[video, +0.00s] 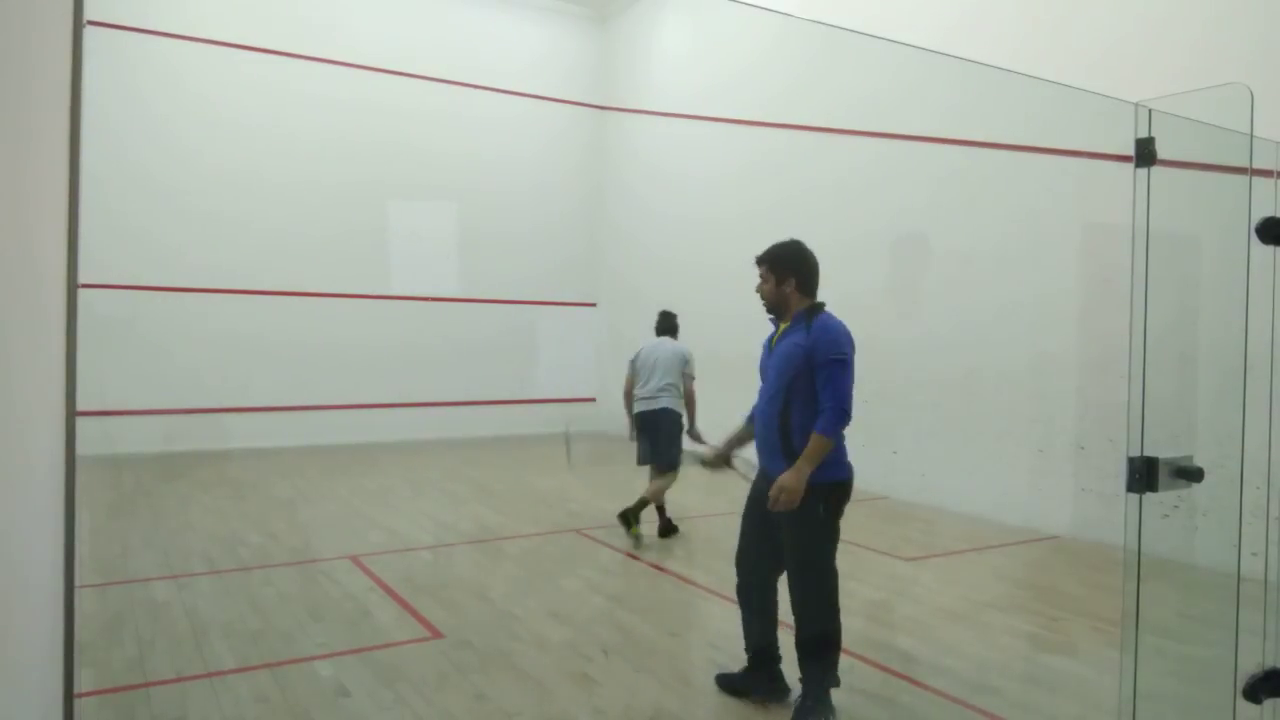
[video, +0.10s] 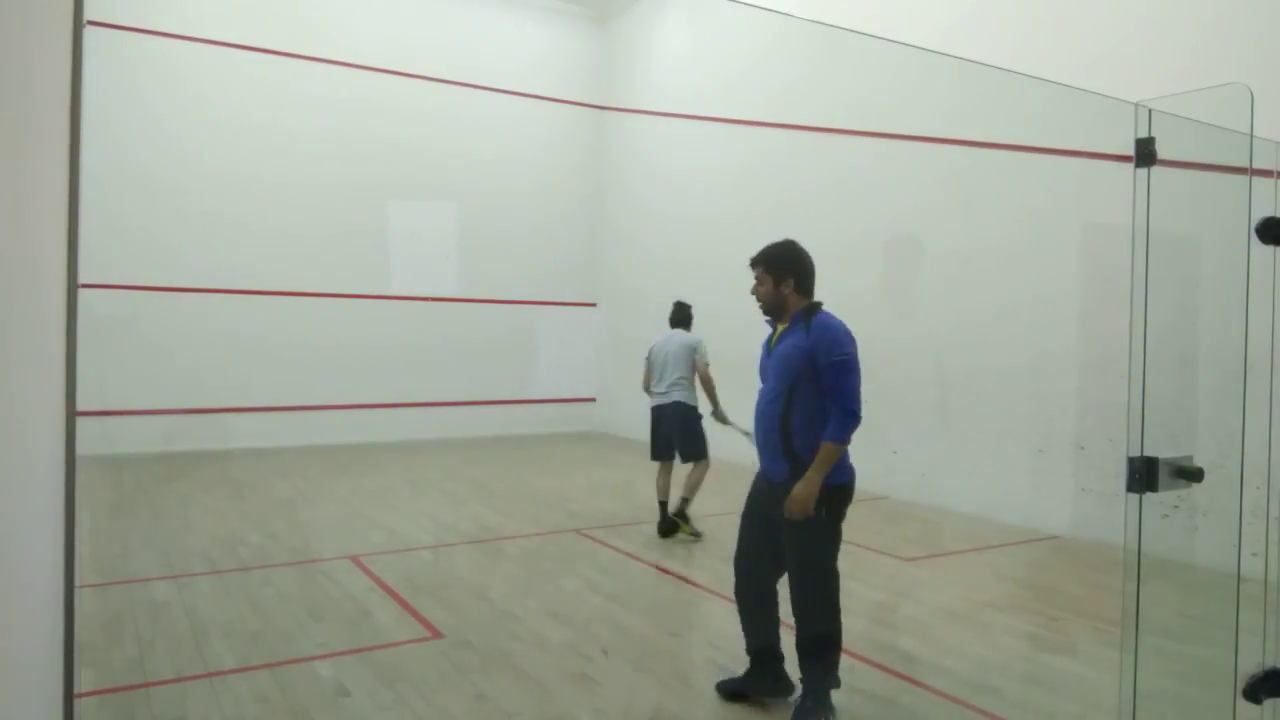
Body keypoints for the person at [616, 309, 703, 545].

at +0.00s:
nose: (677, 331)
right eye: (677, 328)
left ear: (656, 330)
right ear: (676, 330)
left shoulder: (641, 352)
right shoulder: (682, 352)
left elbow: (628, 390)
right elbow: (689, 392)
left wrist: (632, 420)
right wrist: (692, 425)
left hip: (642, 413)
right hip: (668, 412)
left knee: (655, 469)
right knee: (669, 473)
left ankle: (664, 521)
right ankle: (633, 511)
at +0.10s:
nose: (690, 324)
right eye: (691, 320)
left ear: (670, 321)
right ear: (690, 322)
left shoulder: (656, 346)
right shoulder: (695, 342)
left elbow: (647, 385)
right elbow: (704, 375)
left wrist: (665, 399)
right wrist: (716, 407)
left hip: (659, 411)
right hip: (684, 410)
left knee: (665, 463)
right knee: (701, 462)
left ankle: (663, 520)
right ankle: (680, 511)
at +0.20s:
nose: (704, 321)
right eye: (705, 317)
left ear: (686, 318)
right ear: (706, 318)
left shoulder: (674, 344)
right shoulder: (710, 339)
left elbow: (659, 378)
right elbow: (715, 366)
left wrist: (679, 365)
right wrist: (731, 394)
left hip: (676, 411)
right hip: (702, 411)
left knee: (672, 462)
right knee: (716, 462)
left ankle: (665, 518)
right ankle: (724, 513)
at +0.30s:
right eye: (734, 315)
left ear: (712, 318)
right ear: (733, 319)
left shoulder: (702, 344)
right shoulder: (738, 343)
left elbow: (689, 379)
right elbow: (743, 377)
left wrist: (711, 372)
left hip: (703, 411)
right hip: (729, 410)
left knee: (692, 462)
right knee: (736, 467)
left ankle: (673, 504)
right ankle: (734, 515)